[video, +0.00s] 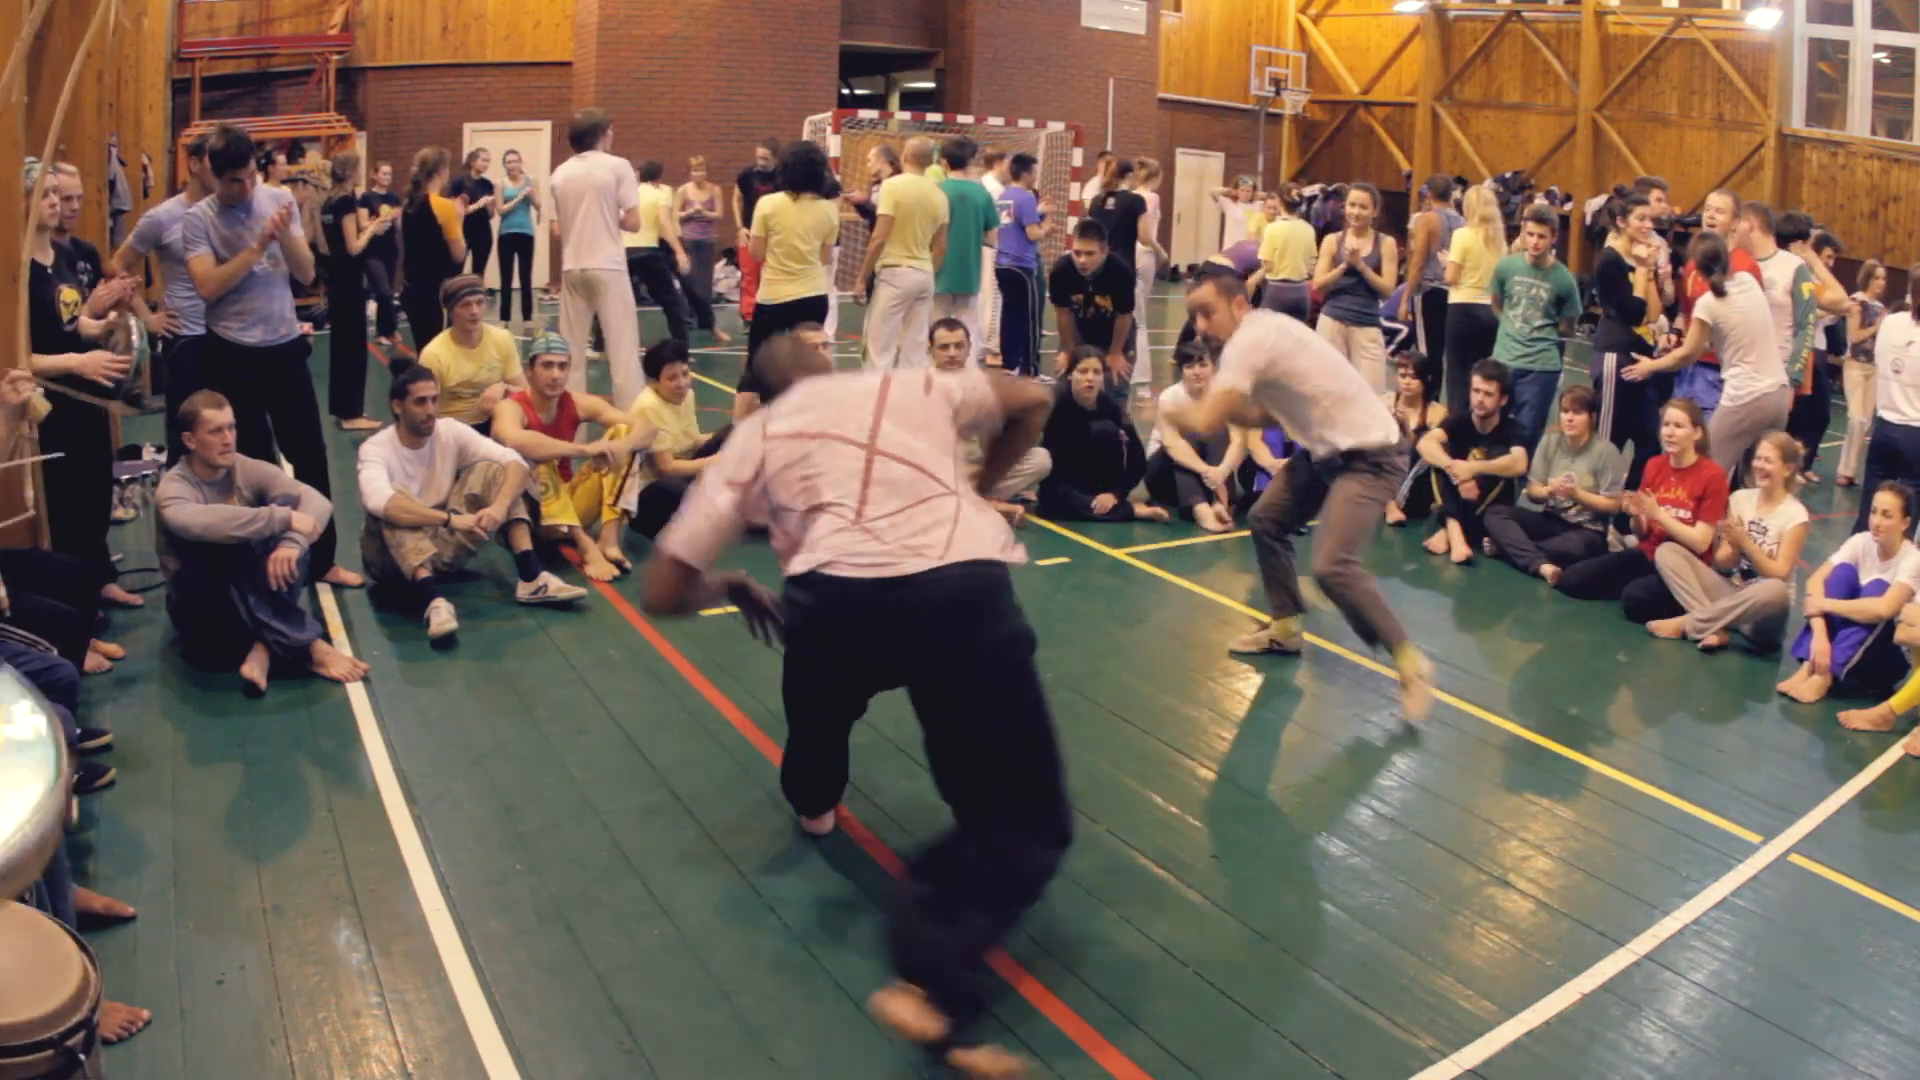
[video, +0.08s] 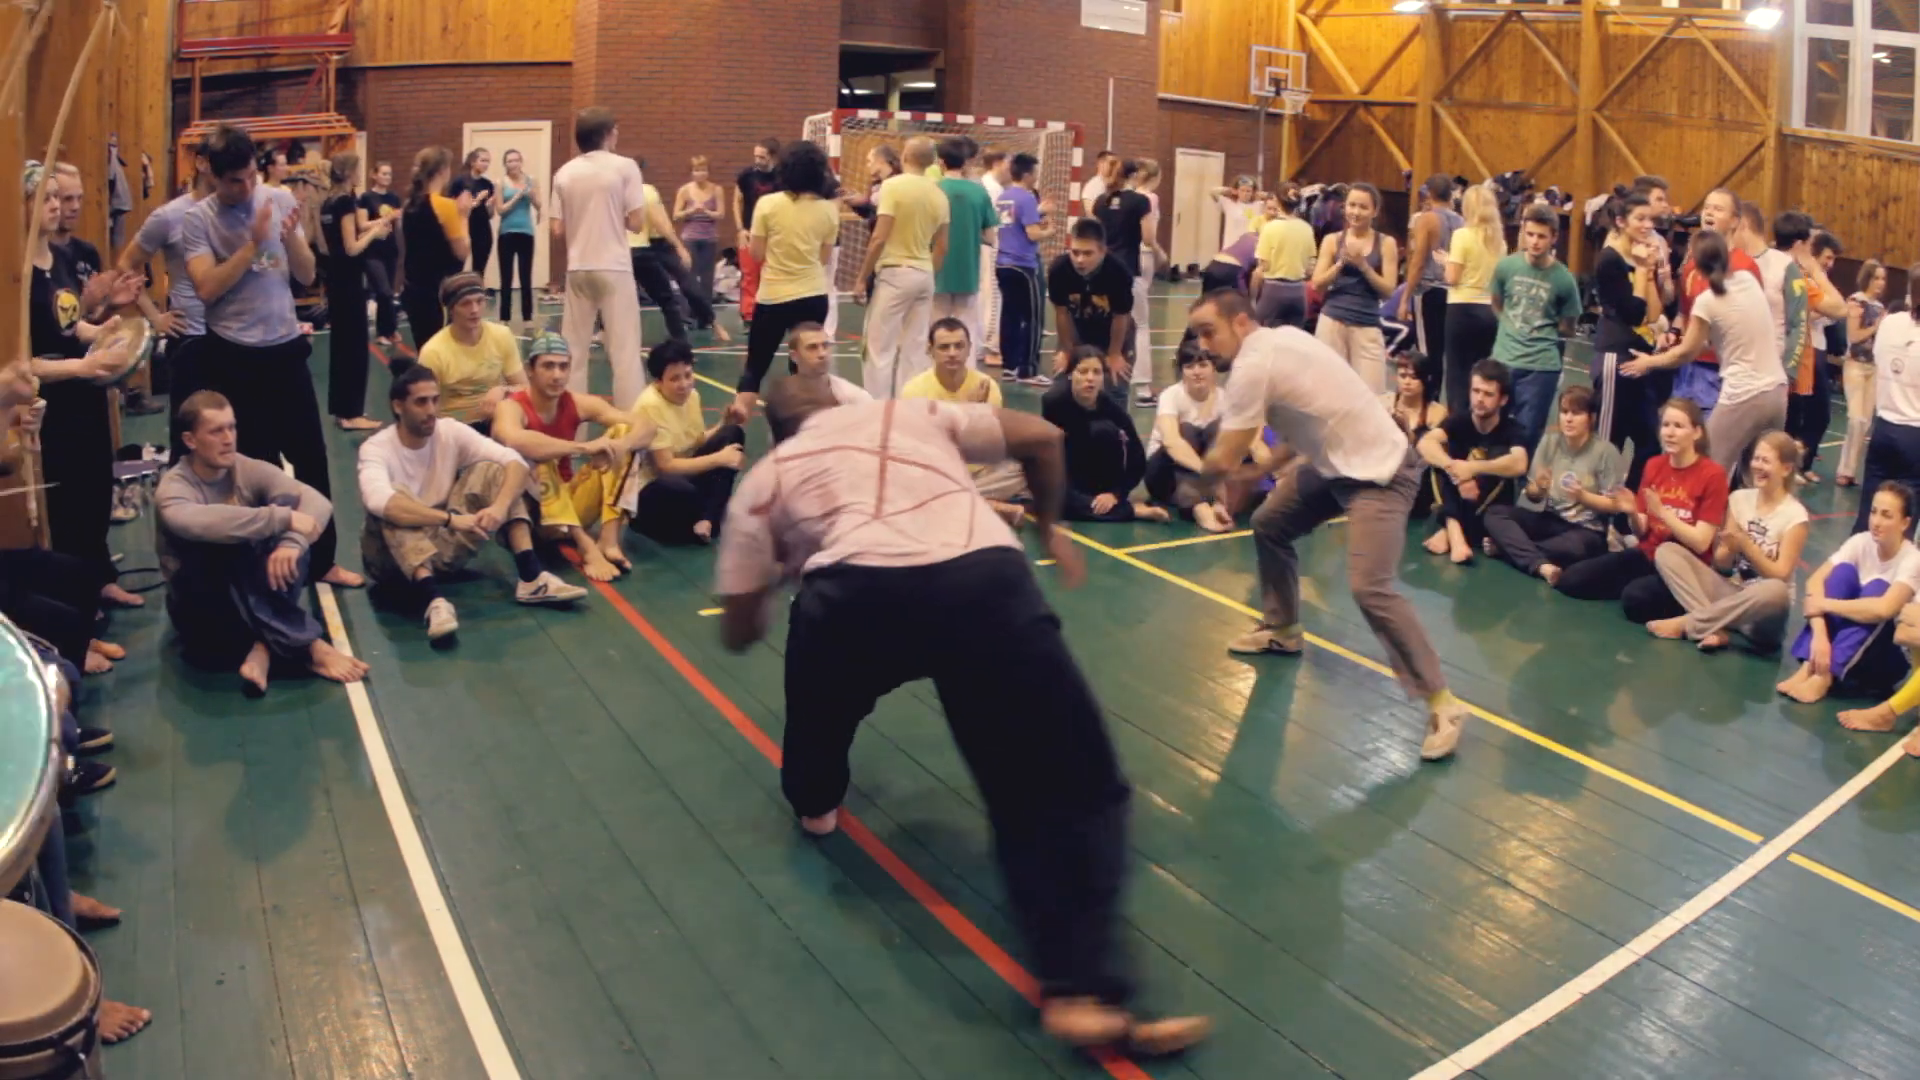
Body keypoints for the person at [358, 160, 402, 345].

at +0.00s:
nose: (388, 177)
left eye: (389, 174)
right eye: (384, 174)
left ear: (391, 177)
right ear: (374, 175)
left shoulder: (394, 198)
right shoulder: (366, 198)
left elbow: (399, 224)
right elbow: (363, 224)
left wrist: (394, 216)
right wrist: (382, 220)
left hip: (391, 247)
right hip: (372, 248)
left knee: (386, 292)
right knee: (384, 291)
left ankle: (383, 331)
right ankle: (390, 329)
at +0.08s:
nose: (387, 177)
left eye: (389, 174)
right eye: (384, 174)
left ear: (391, 177)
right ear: (374, 175)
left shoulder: (394, 199)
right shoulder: (365, 198)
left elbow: (399, 224)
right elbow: (362, 224)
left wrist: (394, 217)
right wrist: (385, 219)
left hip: (391, 247)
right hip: (372, 248)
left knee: (386, 292)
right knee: (384, 291)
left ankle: (384, 331)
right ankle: (390, 329)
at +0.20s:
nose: (387, 177)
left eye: (389, 174)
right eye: (384, 173)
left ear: (391, 177)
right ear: (374, 175)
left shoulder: (394, 199)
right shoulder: (365, 199)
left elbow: (399, 224)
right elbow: (361, 224)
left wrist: (398, 217)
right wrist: (381, 218)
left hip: (391, 246)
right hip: (372, 246)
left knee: (386, 292)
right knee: (383, 291)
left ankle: (385, 332)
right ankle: (389, 330)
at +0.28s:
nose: (388, 177)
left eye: (389, 174)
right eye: (384, 173)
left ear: (391, 177)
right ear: (374, 175)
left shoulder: (394, 199)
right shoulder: (365, 199)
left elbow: (397, 225)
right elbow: (361, 223)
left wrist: (399, 218)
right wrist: (381, 219)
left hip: (390, 245)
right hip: (371, 245)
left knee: (385, 291)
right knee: (383, 290)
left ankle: (383, 332)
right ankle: (390, 329)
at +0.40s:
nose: (387, 177)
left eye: (389, 174)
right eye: (384, 173)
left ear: (391, 177)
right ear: (374, 175)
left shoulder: (394, 198)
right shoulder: (365, 198)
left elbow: (400, 222)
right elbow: (362, 224)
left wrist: (392, 218)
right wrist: (383, 220)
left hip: (390, 247)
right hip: (372, 247)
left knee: (386, 291)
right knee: (383, 290)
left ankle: (384, 332)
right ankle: (390, 329)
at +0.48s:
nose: (388, 177)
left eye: (389, 174)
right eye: (384, 173)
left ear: (391, 176)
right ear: (374, 175)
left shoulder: (394, 198)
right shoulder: (365, 199)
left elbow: (400, 223)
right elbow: (363, 225)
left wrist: (376, 226)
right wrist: (383, 217)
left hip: (390, 246)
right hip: (372, 246)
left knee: (385, 291)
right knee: (383, 290)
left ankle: (383, 332)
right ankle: (391, 328)